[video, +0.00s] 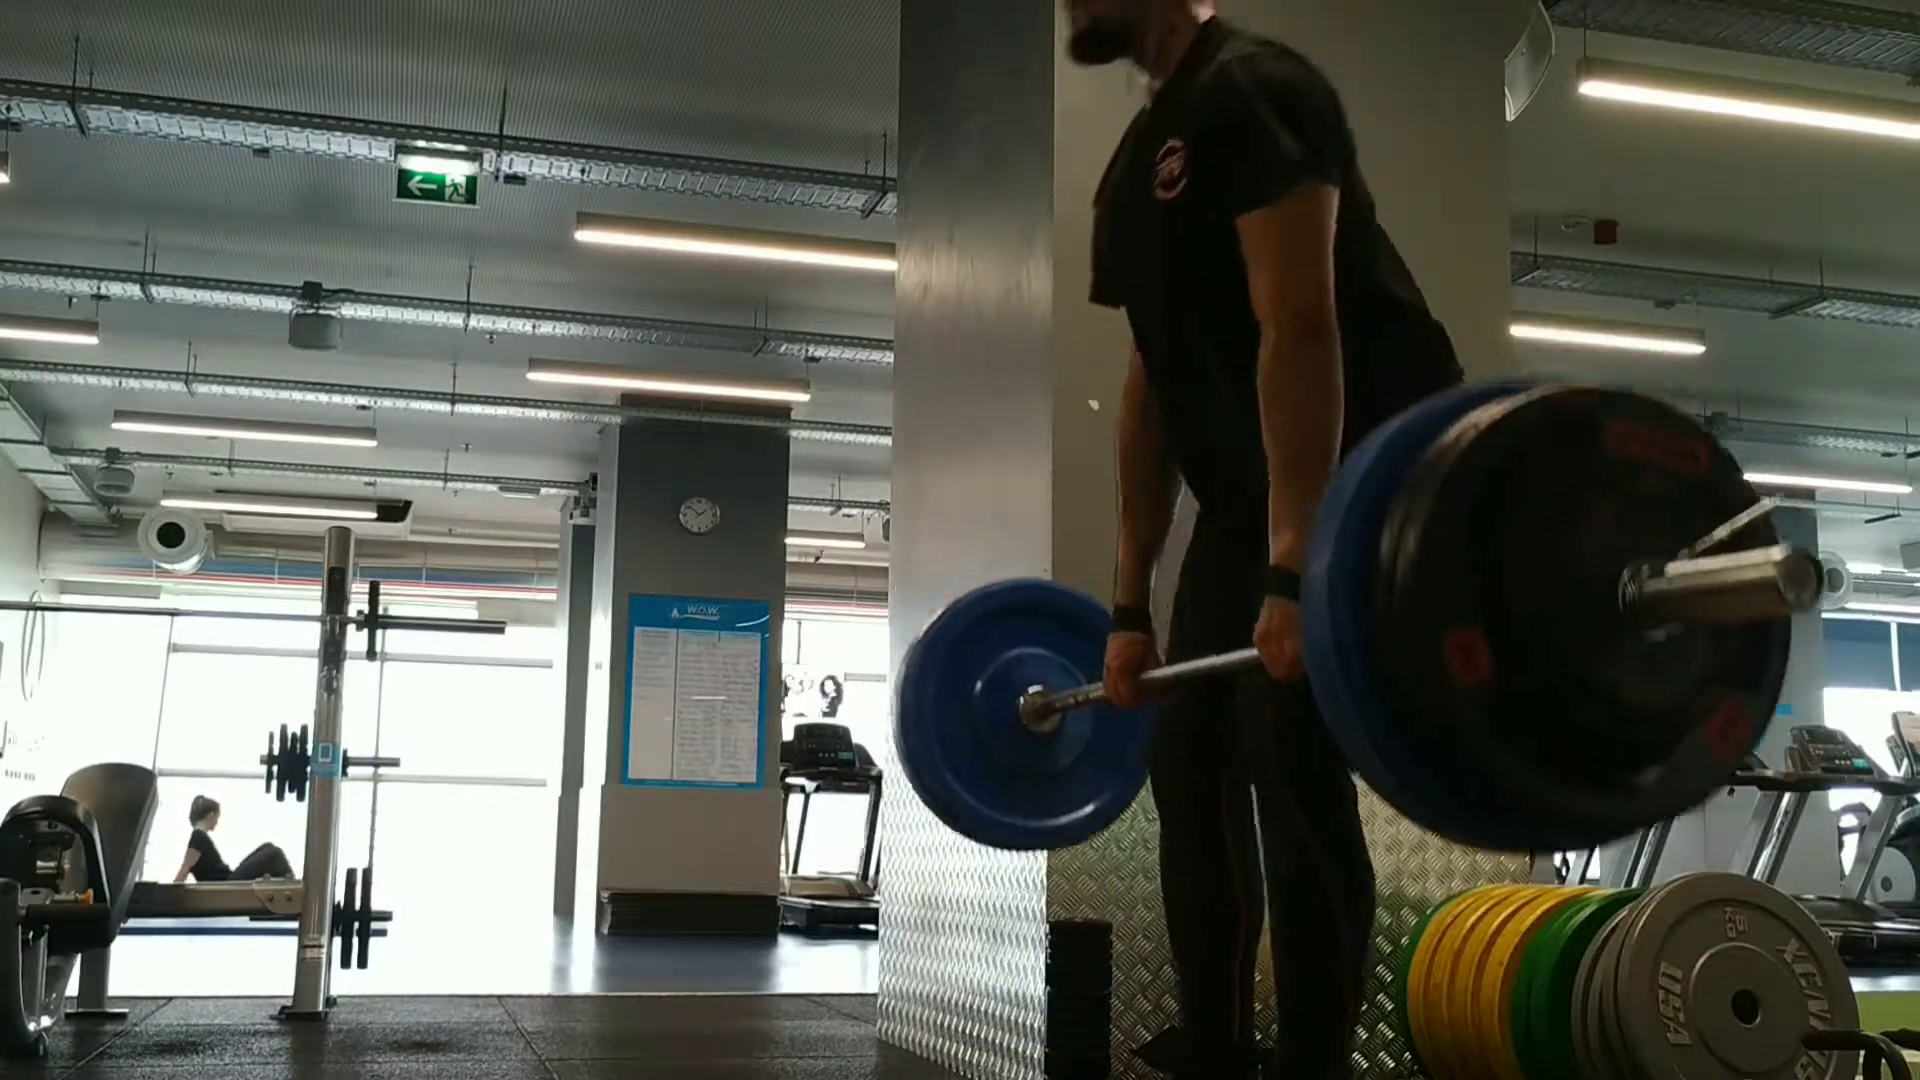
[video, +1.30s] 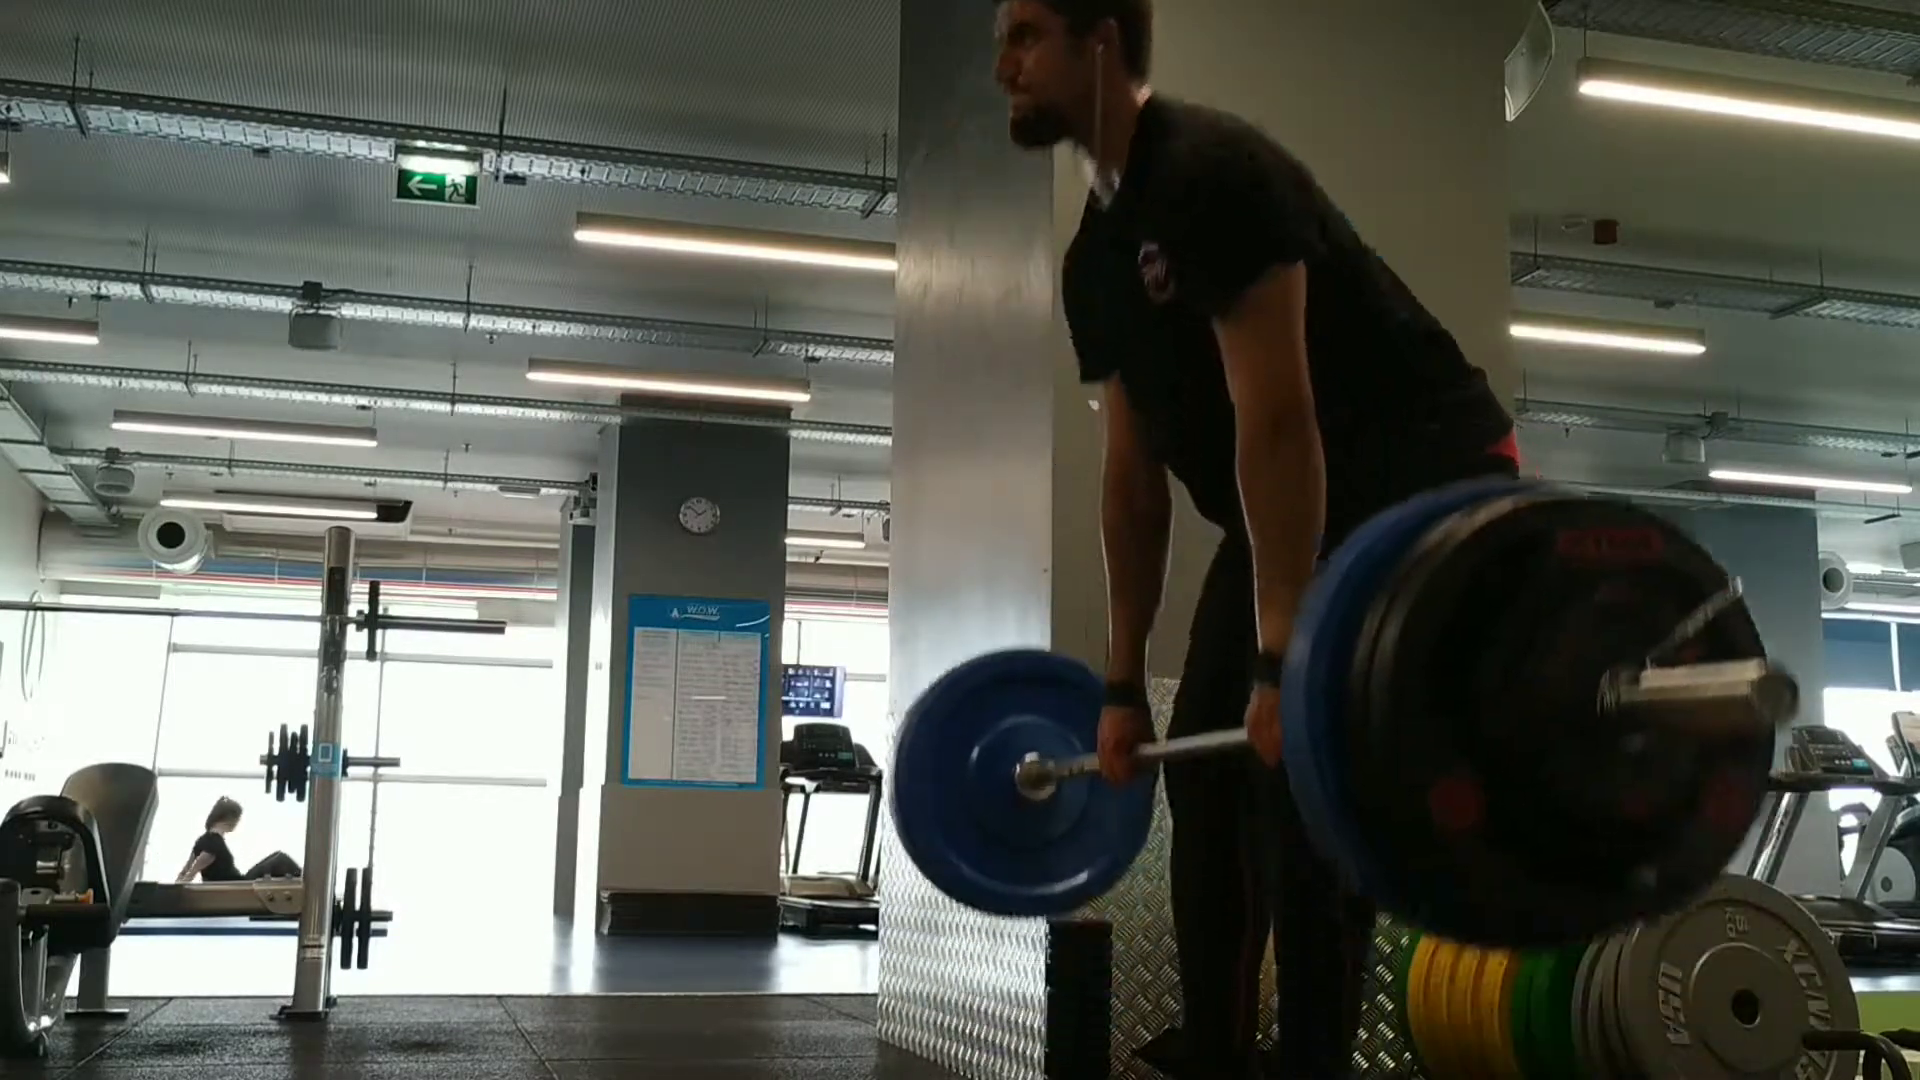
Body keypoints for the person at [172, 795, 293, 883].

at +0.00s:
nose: (217, 820)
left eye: (218, 816)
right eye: (217, 815)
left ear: (202, 815)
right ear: (208, 815)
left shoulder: (201, 836)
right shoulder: (199, 837)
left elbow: (186, 869)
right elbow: (185, 869)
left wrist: (173, 891)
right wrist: (172, 892)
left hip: (227, 880)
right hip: (227, 883)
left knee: (267, 847)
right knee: (273, 853)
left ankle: (287, 886)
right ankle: (292, 888)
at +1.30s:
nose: (237, 823)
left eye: (237, 819)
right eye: (236, 819)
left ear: (217, 817)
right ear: (230, 819)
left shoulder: (203, 840)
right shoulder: (215, 842)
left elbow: (187, 868)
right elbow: (195, 869)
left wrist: (175, 885)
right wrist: (180, 886)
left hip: (224, 887)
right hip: (237, 887)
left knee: (276, 857)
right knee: (280, 858)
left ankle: (300, 881)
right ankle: (305, 881)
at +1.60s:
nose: (263, 821)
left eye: (264, 817)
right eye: (261, 816)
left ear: (248, 815)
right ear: (249, 814)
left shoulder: (237, 834)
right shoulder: (234, 833)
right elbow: (209, 859)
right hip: (236, 887)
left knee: (289, 868)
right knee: (291, 866)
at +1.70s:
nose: (271, 820)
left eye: (272, 816)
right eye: (269, 815)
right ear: (256, 814)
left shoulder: (250, 834)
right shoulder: (242, 832)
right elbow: (220, 860)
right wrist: (223, 887)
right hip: (242, 886)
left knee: (292, 867)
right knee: (292, 867)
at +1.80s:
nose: (278, 822)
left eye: (279, 817)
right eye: (277, 817)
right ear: (264, 816)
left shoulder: (258, 835)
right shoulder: (251, 833)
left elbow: (252, 863)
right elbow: (235, 866)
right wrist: (252, 886)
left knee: (294, 867)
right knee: (294, 867)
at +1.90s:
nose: (285, 823)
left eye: (285, 818)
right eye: (283, 817)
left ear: (270, 817)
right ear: (270, 817)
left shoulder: (263, 836)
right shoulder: (257, 835)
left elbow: (266, 866)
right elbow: (251, 870)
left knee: (295, 867)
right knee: (294, 867)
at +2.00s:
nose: (290, 824)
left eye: (290, 819)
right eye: (288, 819)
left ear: (274, 818)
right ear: (275, 818)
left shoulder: (266, 835)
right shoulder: (264, 835)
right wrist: (283, 886)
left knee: (295, 867)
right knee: (295, 867)